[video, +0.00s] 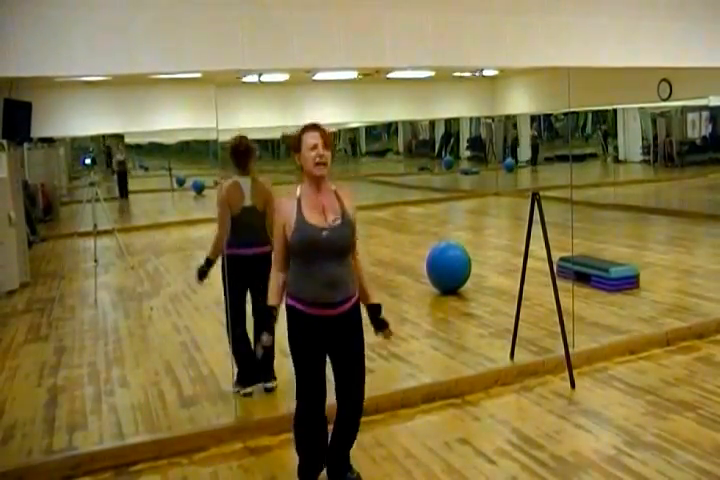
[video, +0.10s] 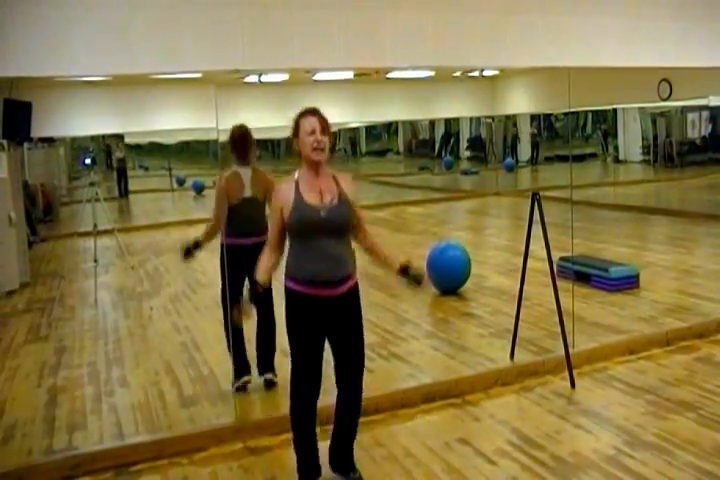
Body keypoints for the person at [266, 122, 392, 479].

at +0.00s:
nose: (321, 154)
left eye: (325, 147)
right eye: (313, 148)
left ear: (331, 153)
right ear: (298, 157)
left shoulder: (343, 197)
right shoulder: (286, 205)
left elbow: (353, 257)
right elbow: (278, 267)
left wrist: (373, 308)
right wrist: (268, 323)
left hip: (346, 314)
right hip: (305, 316)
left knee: (353, 399)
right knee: (311, 399)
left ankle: (339, 465)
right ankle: (310, 470)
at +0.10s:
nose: (318, 140)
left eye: (322, 133)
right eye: (310, 134)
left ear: (330, 139)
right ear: (296, 142)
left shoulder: (342, 183)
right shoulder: (284, 191)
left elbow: (362, 234)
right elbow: (273, 246)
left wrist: (398, 265)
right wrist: (260, 280)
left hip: (344, 294)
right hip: (302, 297)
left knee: (351, 382)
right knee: (305, 385)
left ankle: (342, 461)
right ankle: (308, 469)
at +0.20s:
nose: (317, 125)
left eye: (321, 119)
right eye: (309, 121)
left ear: (329, 125)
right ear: (294, 128)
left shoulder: (343, 166)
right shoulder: (281, 174)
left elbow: (384, 196)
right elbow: (250, 223)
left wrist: (425, 183)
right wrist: (223, 219)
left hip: (343, 277)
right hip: (301, 280)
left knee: (357, 369)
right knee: (298, 376)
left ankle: (357, 450)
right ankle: (293, 465)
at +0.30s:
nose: (315, 136)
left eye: (320, 129)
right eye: (306, 130)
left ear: (328, 135)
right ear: (293, 139)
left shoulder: (345, 169)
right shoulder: (280, 178)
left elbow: (394, 160)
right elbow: (233, 194)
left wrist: (412, 118)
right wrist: (222, 153)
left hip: (344, 286)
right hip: (300, 290)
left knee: (369, 368)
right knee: (288, 379)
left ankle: (381, 447)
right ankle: (272, 473)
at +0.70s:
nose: (315, 127)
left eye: (319, 120)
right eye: (307, 122)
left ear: (327, 127)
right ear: (293, 131)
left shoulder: (343, 164)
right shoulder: (280, 174)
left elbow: (384, 180)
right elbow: (236, 207)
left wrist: (422, 171)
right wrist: (203, 191)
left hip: (342, 279)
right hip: (301, 282)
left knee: (359, 363)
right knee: (295, 376)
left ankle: (365, 445)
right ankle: (285, 467)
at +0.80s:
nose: (316, 138)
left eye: (320, 132)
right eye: (308, 133)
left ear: (327, 138)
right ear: (294, 141)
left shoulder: (341, 181)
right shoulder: (282, 190)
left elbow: (361, 229)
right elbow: (264, 243)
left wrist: (403, 252)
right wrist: (236, 272)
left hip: (342, 290)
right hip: (301, 293)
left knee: (347, 374)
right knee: (308, 377)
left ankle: (338, 456)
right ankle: (309, 461)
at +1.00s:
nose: (315, 134)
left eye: (319, 127)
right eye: (307, 129)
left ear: (327, 133)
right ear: (293, 136)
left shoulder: (341, 176)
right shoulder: (282, 183)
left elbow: (363, 226)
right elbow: (266, 235)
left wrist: (403, 235)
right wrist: (251, 258)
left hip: (342, 286)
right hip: (300, 288)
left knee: (349, 370)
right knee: (304, 375)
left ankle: (338, 453)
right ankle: (307, 465)